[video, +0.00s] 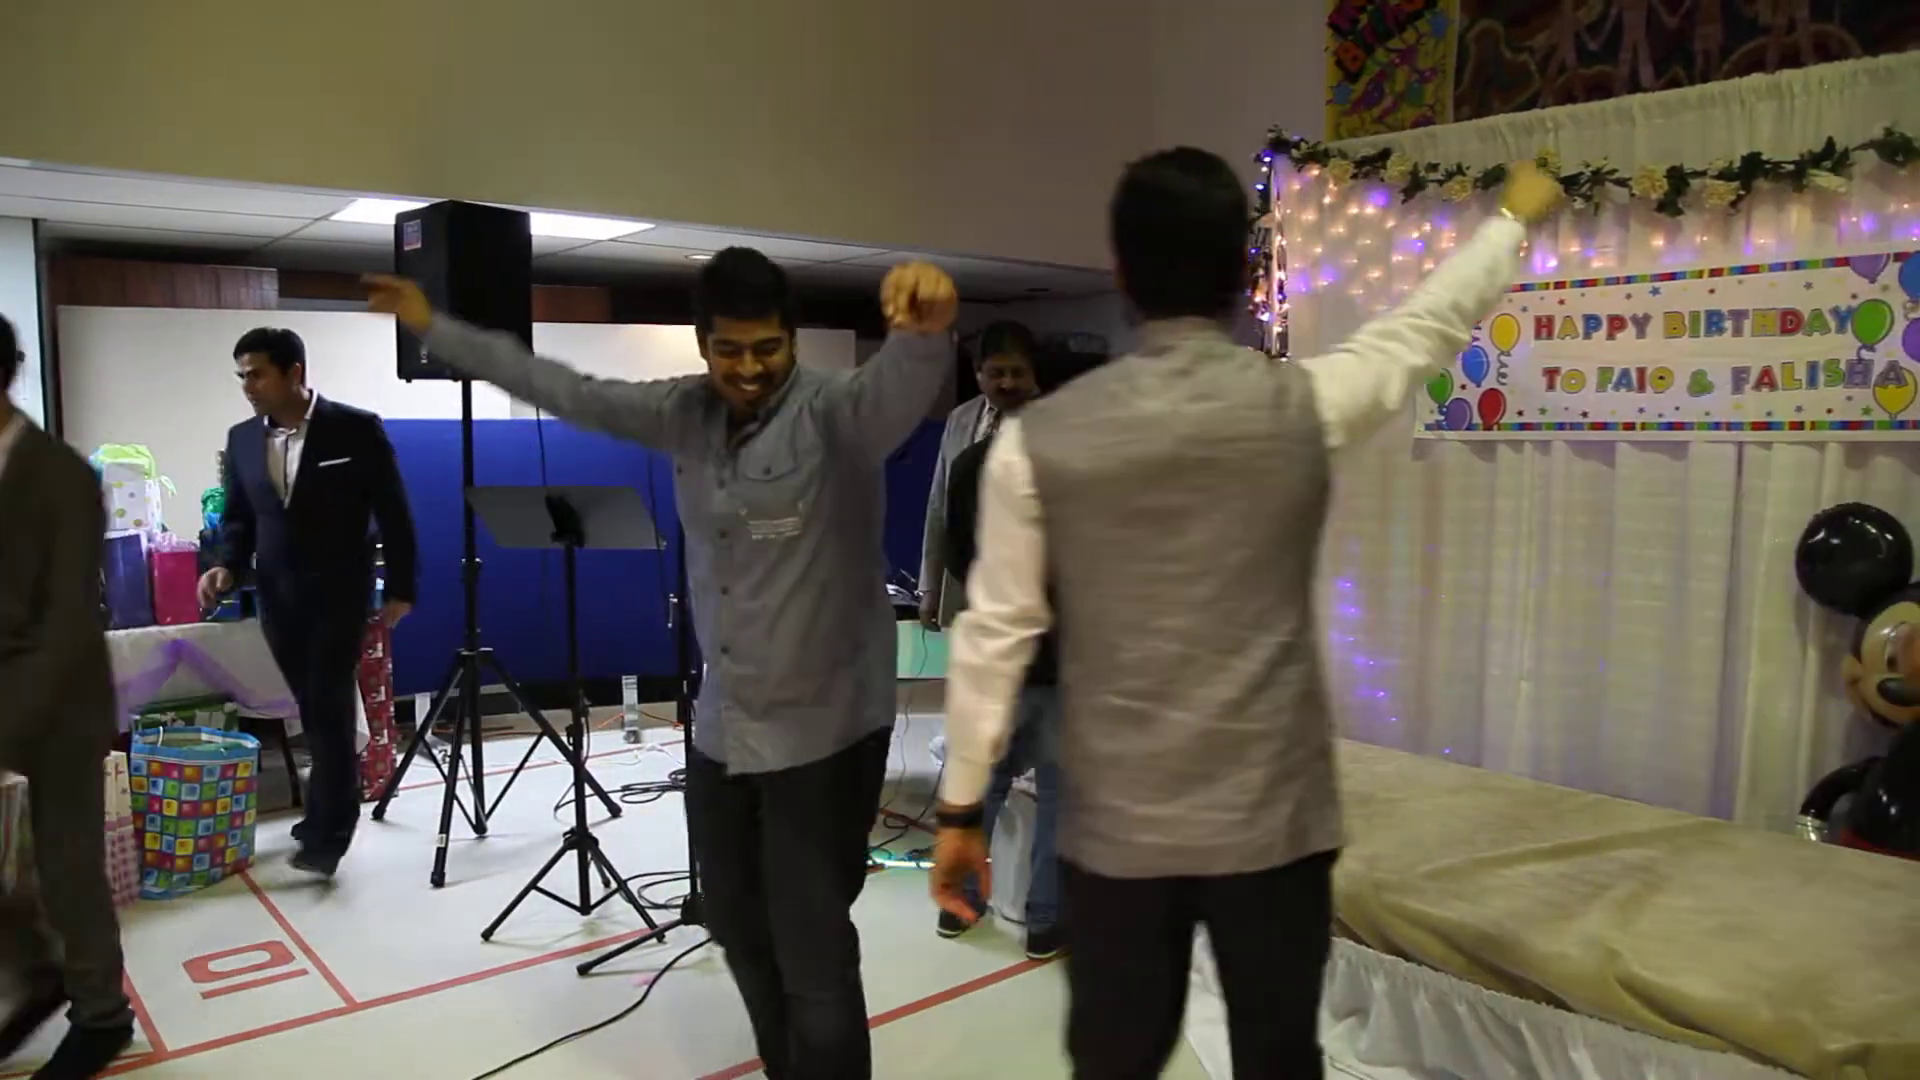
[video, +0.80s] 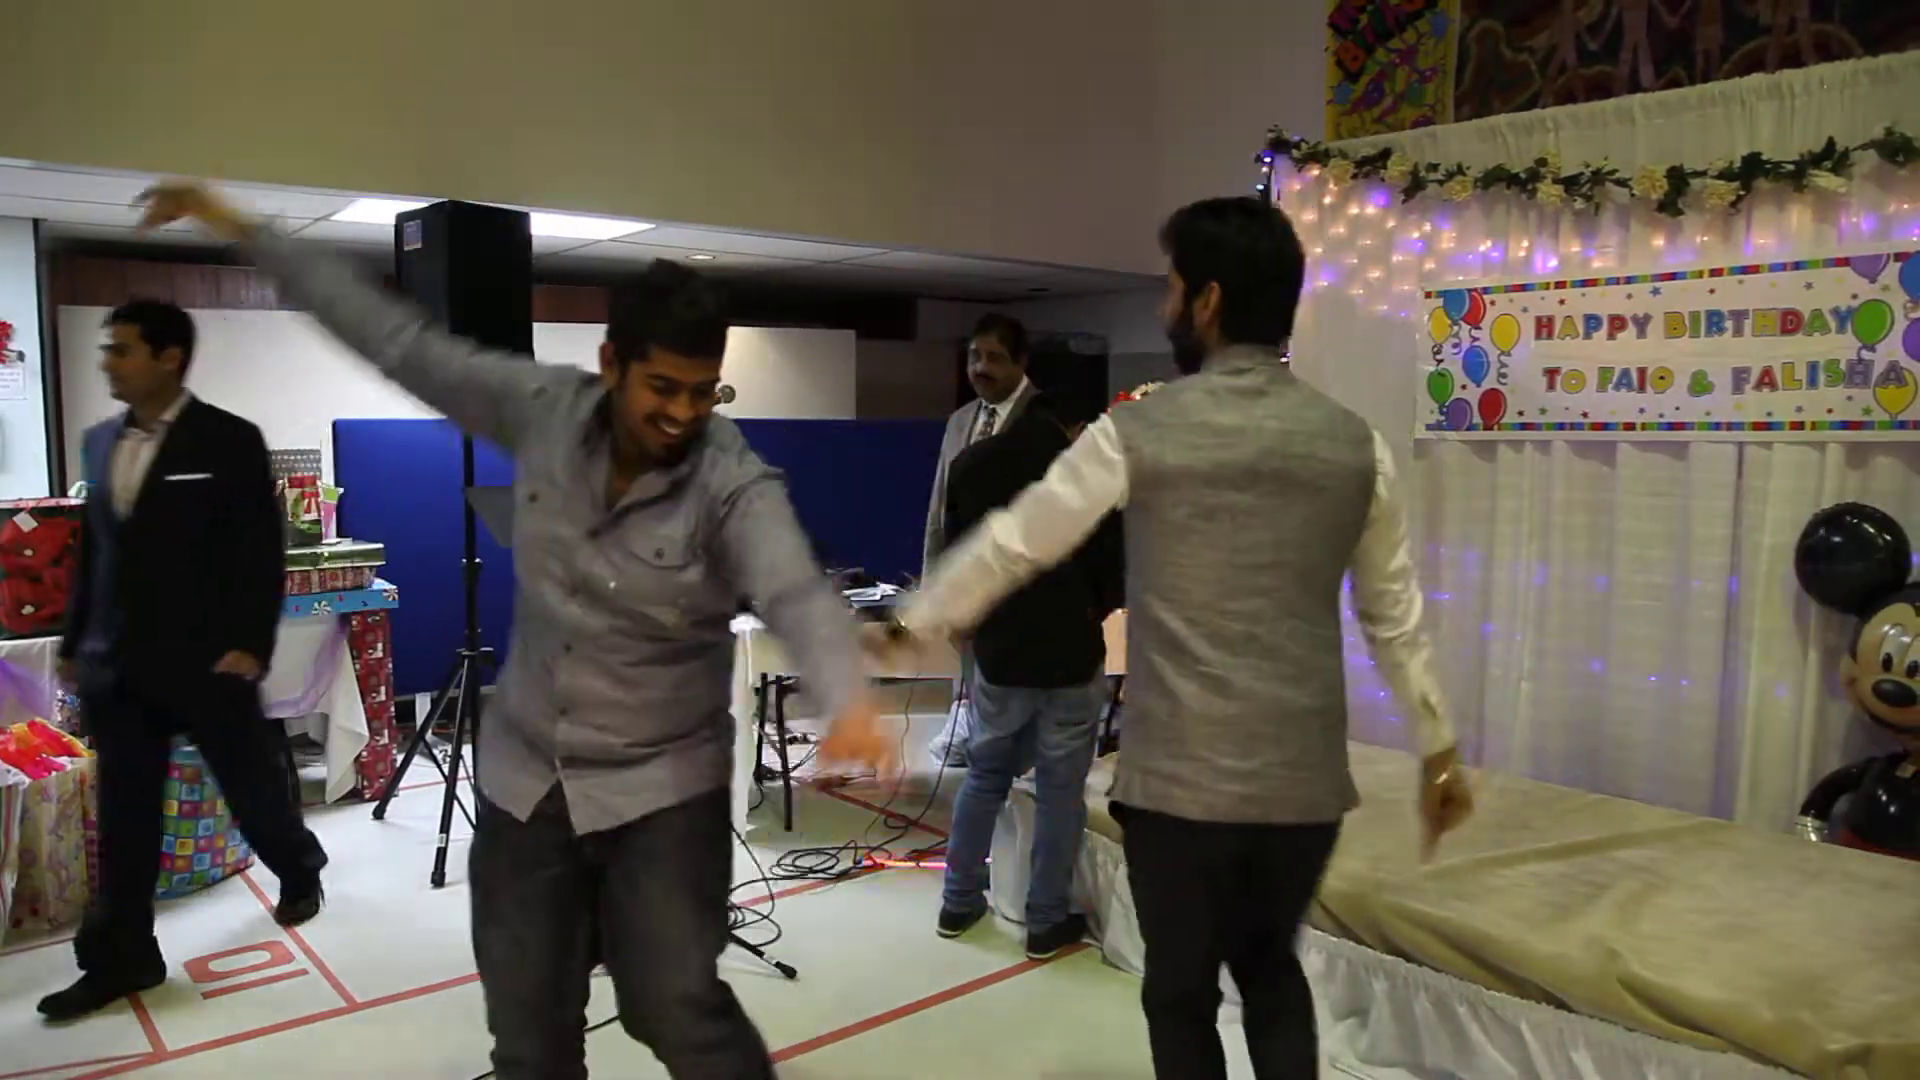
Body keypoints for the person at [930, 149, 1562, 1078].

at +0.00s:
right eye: (1244, 245)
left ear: (1122, 271)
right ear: (1245, 267)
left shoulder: (1039, 442)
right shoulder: (1301, 405)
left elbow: (996, 634)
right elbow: (1429, 326)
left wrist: (961, 807)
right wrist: (1514, 216)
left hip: (1120, 838)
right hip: (1274, 835)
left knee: (1113, 1061)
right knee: (1281, 1063)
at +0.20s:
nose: (1179, 268)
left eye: (1178, 254)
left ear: (1183, 273)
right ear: (1302, 272)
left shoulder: (1109, 431)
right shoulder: (1367, 405)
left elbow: (1062, 623)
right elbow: (1482, 375)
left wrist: (1018, 794)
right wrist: (1575, 330)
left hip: (1172, 821)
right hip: (1323, 826)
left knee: (1161, 1040)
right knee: (1304, 1066)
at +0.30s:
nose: (1189, 264)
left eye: (1189, 251)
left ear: (1197, 270)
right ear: (1314, 269)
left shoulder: (1124, 423)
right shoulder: (1385, 400)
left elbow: (1086, 611)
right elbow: (1504, 434)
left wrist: (1048, 791)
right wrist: (1580, 445)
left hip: (1187, 814)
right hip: (1331, 817)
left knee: (1182, 1029)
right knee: (1309, 1064)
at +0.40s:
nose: (1196, 279)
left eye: (1197, 266)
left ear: (1208, 281)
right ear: (1324, 286)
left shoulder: (1136, 436)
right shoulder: (1395, 425)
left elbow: (1100, 629)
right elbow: (1493, 532)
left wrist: (1068, 803)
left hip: (1193, 827)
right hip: (1337, 831)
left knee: (1194, 1031)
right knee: (1305, 1065)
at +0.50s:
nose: (1199, 303)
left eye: (1203, 285)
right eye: (1203, 284)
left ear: (1221, 297)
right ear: (1322, 299)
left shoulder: (1151, 446)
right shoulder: (1393, 445)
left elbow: (1109, 638)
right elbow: (1449, 606)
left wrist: (1077, 800)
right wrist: (1497, 715)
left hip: (1199, 836)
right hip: (1338, 839)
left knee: (1192, 1024)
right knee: (1307, 1062)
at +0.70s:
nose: (1178, 297)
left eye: (1186, 275)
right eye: (1181, 275)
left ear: (1224, 281)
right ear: (1301, 285)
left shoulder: (1149, 418)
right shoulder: (1369, 433)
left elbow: (1065, 576)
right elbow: (1390, 612)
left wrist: (991, 698)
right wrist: (1425, 763)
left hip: (1189, 796)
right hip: (1322, 798)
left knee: (1193, 1017)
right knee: (1297, 1020)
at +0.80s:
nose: (1162, 308)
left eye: (1170, 288)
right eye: (1165, 288)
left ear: (1208, 300)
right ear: (1282, 300)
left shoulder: (1142, 427)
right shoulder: (1354, 444)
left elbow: (1017, 541)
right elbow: (1393, 613)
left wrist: (912, 623)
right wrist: (1438, 743)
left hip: (1179, 792)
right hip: (1304, 794)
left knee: (1180, 1003)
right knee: (1270, 959)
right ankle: (1291, 1076)